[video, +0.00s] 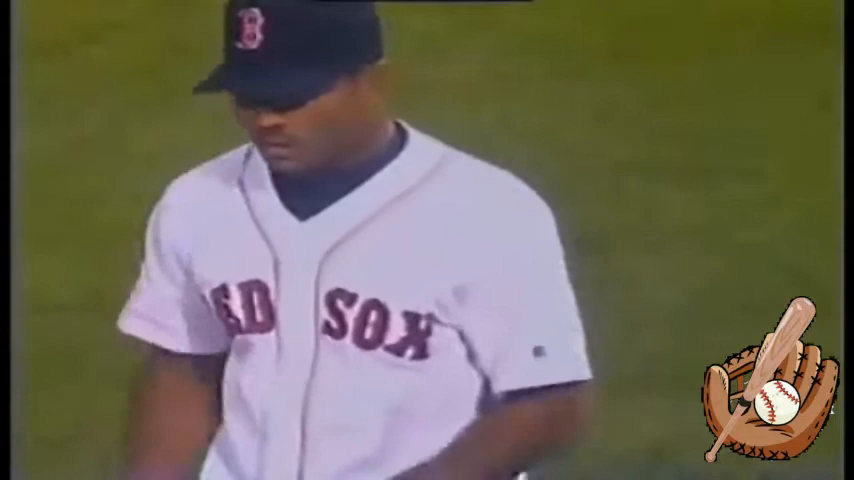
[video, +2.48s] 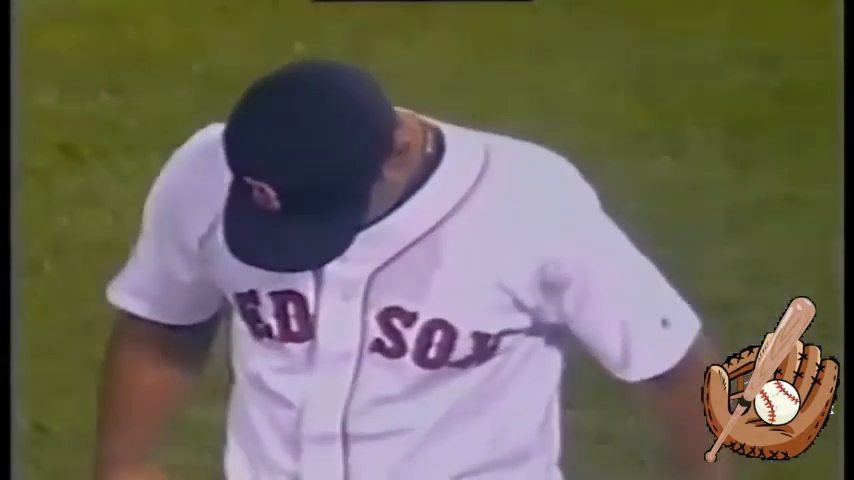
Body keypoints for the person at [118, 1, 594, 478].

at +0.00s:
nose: (263, 120)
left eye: (291, 95)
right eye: (246, 95)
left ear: (368, 81)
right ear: (228, 85)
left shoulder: (495, 216)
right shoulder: (196, 207)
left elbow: (552, 406)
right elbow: (181, 371)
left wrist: (427, 476)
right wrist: (156, 473)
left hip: (407, 468)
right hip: (243, 471)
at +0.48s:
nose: (283, 242)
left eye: (297, 220)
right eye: (265, 224)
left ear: (367, 165)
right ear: (239, 191)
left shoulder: (531, 241)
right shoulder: (244, 225)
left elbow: (658, 421)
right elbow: (233, 365)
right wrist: (145, 468)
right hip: (308, 469)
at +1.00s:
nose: (296, 313)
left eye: (321, 290)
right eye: (277, 295)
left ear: (392, 220)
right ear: (257, 234)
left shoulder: (550, 276)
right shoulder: (252, 229)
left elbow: (665, 446)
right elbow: (219, 385)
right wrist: (165, 468)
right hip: (307, 468)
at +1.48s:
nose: (333, 289)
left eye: (344, 265)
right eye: (306, 274)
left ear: (402, 198)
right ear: (267, 228)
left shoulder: (571, 241)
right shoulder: (258, 235)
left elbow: (691, 408)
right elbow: (246, 381)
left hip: (556, 467)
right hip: (348, 467)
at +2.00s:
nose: (412, 248)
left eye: (432, 225)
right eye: (392, 229)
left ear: (498, 167)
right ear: (355, 172)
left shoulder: (657, 206)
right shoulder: (330, 182)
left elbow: (782, 372)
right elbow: (298, 335)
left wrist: (744, 450)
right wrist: (251, 462)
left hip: (622, 466)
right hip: (401, 464)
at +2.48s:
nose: (294, 247)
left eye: (320, 223)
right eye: (275, 224)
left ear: (394, 158)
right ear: (245, 170)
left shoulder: (534, 200)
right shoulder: (208, 179)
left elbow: (681, 369)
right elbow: (159, 332)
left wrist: (710, 465)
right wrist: (123, 465)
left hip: (484, 473)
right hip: (269, 471)